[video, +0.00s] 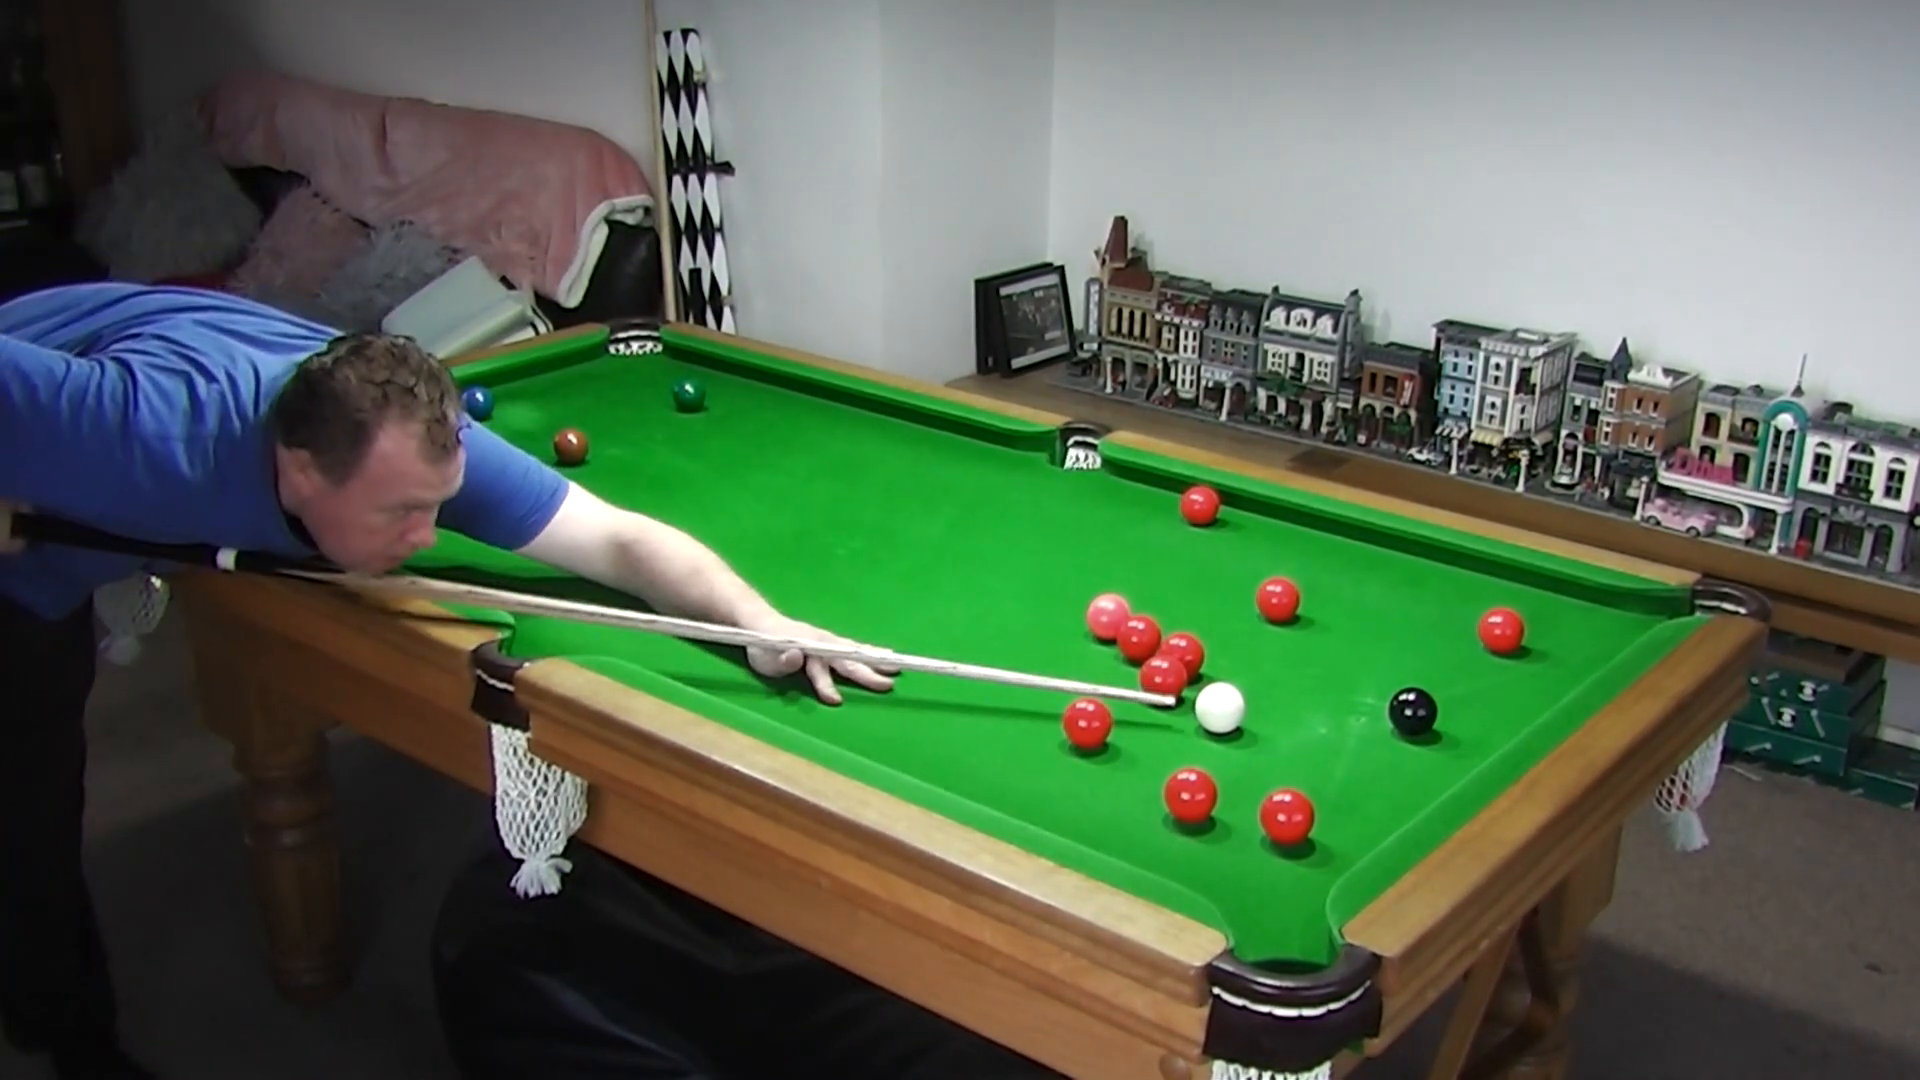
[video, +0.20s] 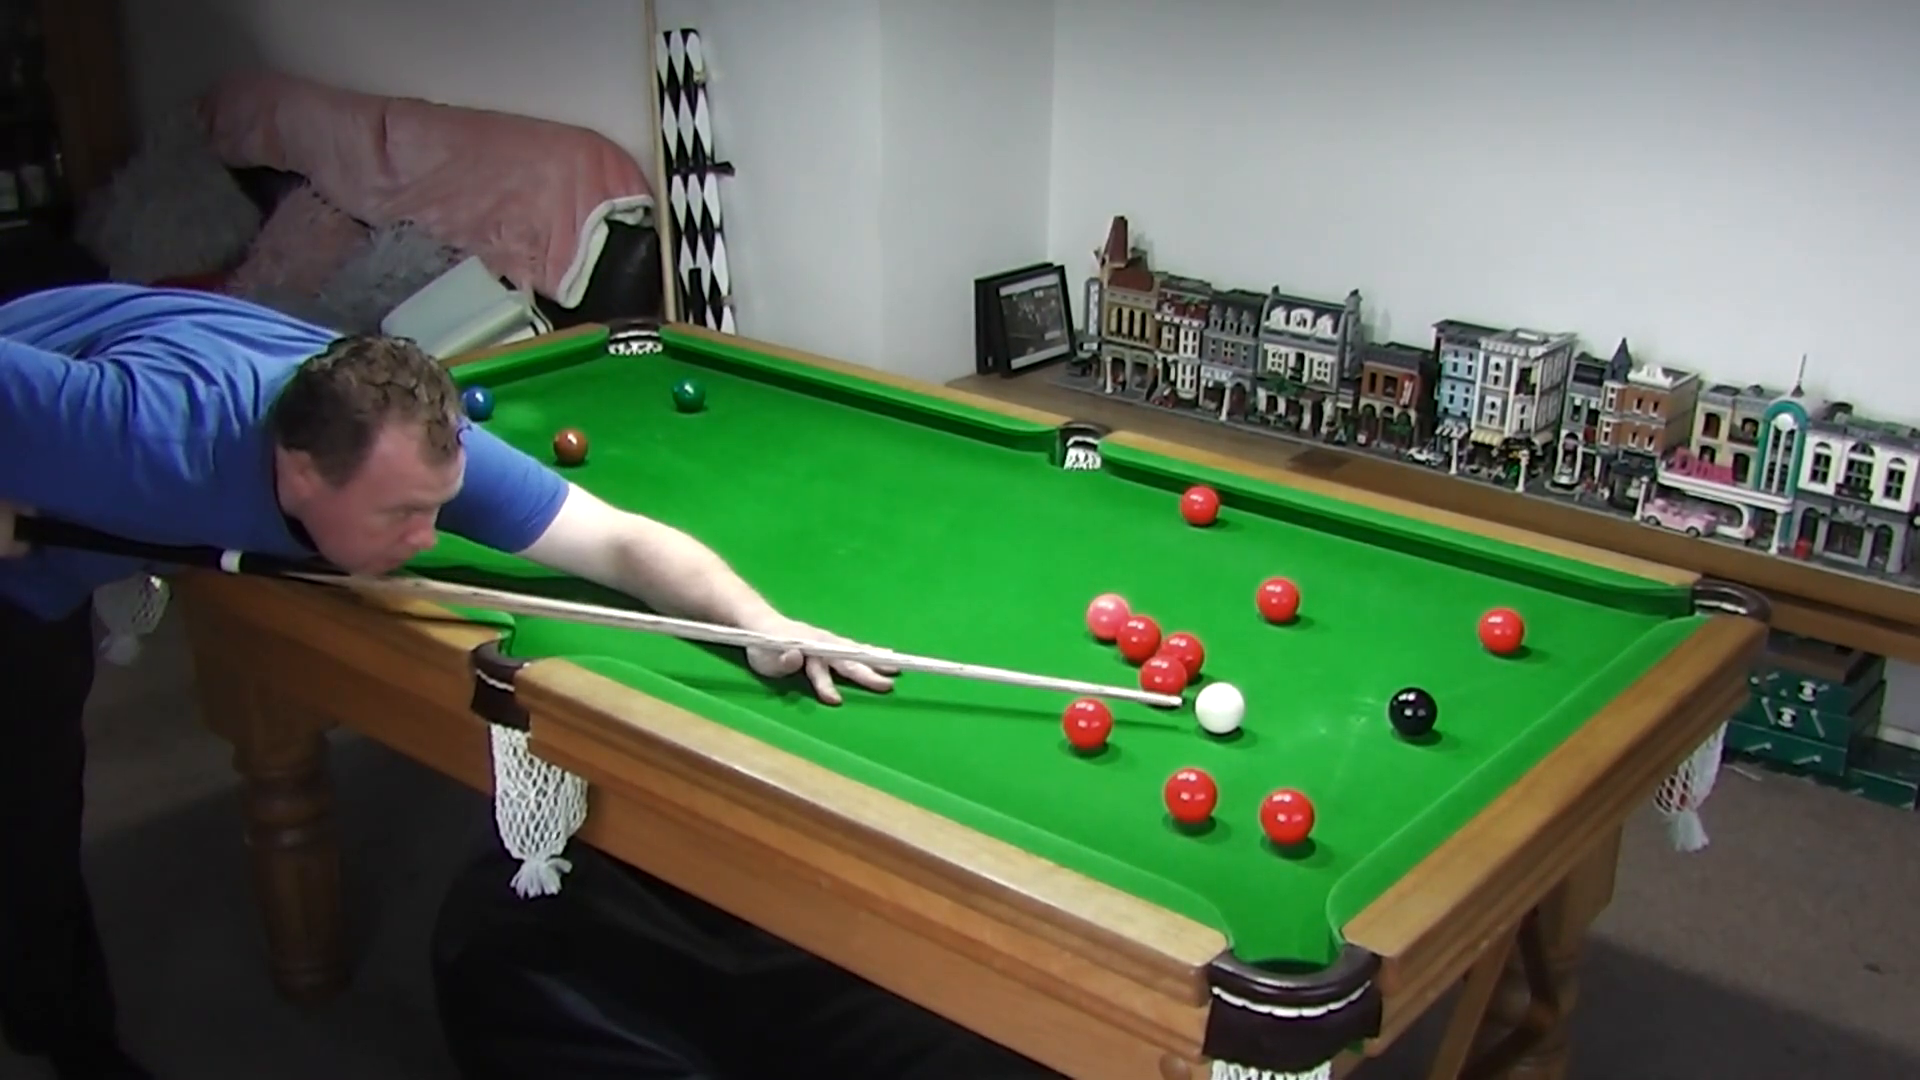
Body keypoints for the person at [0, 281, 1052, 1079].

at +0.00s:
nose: (427, 535)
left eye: (439, 506)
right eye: (400, 515)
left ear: (438, 447)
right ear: (298, 478)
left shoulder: (420, 436)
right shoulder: (147, 441)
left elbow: (616, 542)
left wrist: (765, 624)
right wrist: (18, 518)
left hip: (58, 534)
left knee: (40, 821)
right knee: (25, 825)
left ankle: (76, 1032)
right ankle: (60, 1030)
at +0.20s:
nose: (426, 536)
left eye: (439, 508)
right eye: (400, 516)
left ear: (437, 452)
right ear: (298, 480)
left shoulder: (418, 439)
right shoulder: (150, 442)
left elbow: (617, 544)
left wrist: (763, 623)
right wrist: (18, 522)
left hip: (57, 536)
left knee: (39, 820)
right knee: (25, 824)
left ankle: (73, 1031)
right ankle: (56, 1029)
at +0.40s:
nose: (429, 541)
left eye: (442, 511)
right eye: (402, 519)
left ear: (442, 452)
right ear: (302, 479)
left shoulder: (416, 437)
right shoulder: (151, 441)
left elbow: (618, 544)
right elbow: (0, 376)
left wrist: (762, 622)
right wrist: (18, 524)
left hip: (57, 542)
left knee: (39, 825)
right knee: (24, 830)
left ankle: (76, 1035)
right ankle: (55, 1031)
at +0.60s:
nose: (428, 538)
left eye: (441, 508)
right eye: (403, 515)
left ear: (439, 451)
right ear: (301, 480)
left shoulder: (412, 435)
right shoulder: (150, 443)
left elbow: (616, 543)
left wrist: (763, 622)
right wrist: (16, 522)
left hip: (60, 541)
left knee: (40, 820)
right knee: (26, 824)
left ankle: (75, 1035)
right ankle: (57, 1032)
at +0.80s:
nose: (428, 532)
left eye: (438, 503)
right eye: (401, 513)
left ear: (434, 447)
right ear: (299, 483)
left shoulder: (417, 436)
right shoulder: (147, 444)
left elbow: (614, 543)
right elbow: (1, 377)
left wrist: (763, 622)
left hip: (54, 534)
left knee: (39, 819)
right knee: (25, 823)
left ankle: (74, 1035)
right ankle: (57, 1031)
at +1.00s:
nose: (428, 534)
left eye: (439, 505)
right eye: (401, 516)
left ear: (437, 447)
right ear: (298, 485)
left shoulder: (419, 437)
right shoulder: (149, 450)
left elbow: (615, 544)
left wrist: (764, 623)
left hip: (50, 531)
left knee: (38, 817)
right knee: (25, 821)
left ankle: (75, 1036)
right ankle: (59, 1032)